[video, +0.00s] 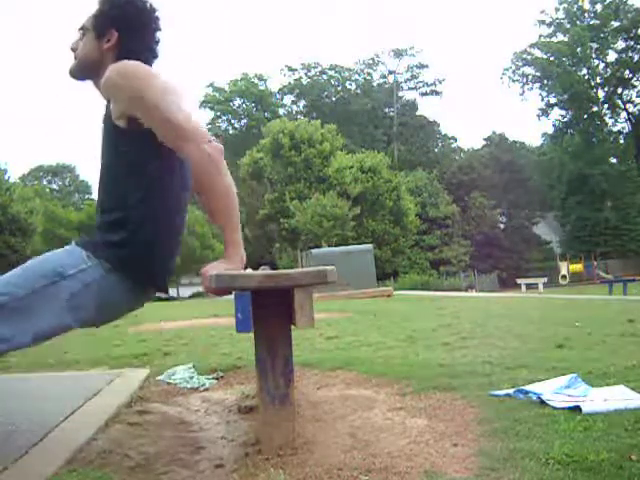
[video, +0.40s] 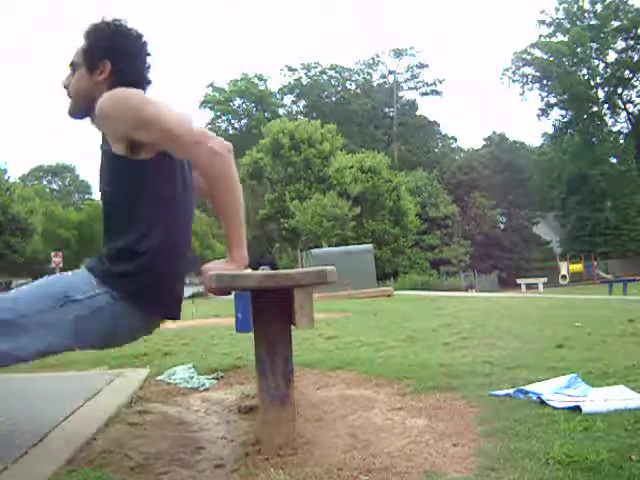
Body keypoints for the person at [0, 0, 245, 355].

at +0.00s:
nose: (73, 45)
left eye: (83, 33)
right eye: (78, 34)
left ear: (109, 40)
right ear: (110, 41)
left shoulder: (123, 76)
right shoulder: (135, 82)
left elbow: (201, 150)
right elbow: (209, 152)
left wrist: (234, 253)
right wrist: (233, 247)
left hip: (112, 265)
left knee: (4, 316)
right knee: (6, 321)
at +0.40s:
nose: (65, 82)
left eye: (75, 68)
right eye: (70, 69)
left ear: (103, 71)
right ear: (103, 72)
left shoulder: (115, 104)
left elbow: (213, 153)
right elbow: (219, 153)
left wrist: (238, 257)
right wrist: (239, 255)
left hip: (120, 293)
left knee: (1, 327)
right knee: (4, 317)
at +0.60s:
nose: (60, 147)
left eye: (68, 134)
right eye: (64, 134)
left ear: (96, 137)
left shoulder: (113, 161)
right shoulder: (159, 185)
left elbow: (220, 156)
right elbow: (225, 188)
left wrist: (239, 258)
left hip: (140, 350)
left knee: (4, 340)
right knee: (7, 336)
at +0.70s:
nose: (60, 155)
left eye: (67, 144)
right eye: (63, 144)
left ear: (94, 147)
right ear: (90, 148)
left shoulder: (112, 172)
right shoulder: (165, 193)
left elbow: (218, 156)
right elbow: (222, 189)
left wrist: (239, 257)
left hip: (140, 360)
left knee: (4, 344)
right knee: (7, 340)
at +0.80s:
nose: (57, 149)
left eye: (66, 137)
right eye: (61, 137)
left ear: (92, 141)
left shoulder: (110, 166)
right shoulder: (163, 191)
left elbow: (217, 156)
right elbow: (223, 186)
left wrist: (239, 259)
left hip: (137, 351)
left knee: (4, 340)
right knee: (7, 337)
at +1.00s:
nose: (62, 81)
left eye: (72, 69)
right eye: (68, 69)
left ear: (99, 76)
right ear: (100, 77)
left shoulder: (110, 109)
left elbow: (212, 153)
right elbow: (202, 187)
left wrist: (237, 257)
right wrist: (240, 250)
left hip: (120, 293)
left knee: (2, 316)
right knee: (5, 311)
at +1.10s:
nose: (64, 44)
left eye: (73, 32)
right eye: (68, 33)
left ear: (102, 36)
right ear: (101, 37)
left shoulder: (115, 73)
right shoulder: (143, 82)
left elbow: (187, 155)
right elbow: (193, 163)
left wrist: (233, 255)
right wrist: (233, 256)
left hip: (109, 259)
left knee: (3, 306)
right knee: (5, 317)